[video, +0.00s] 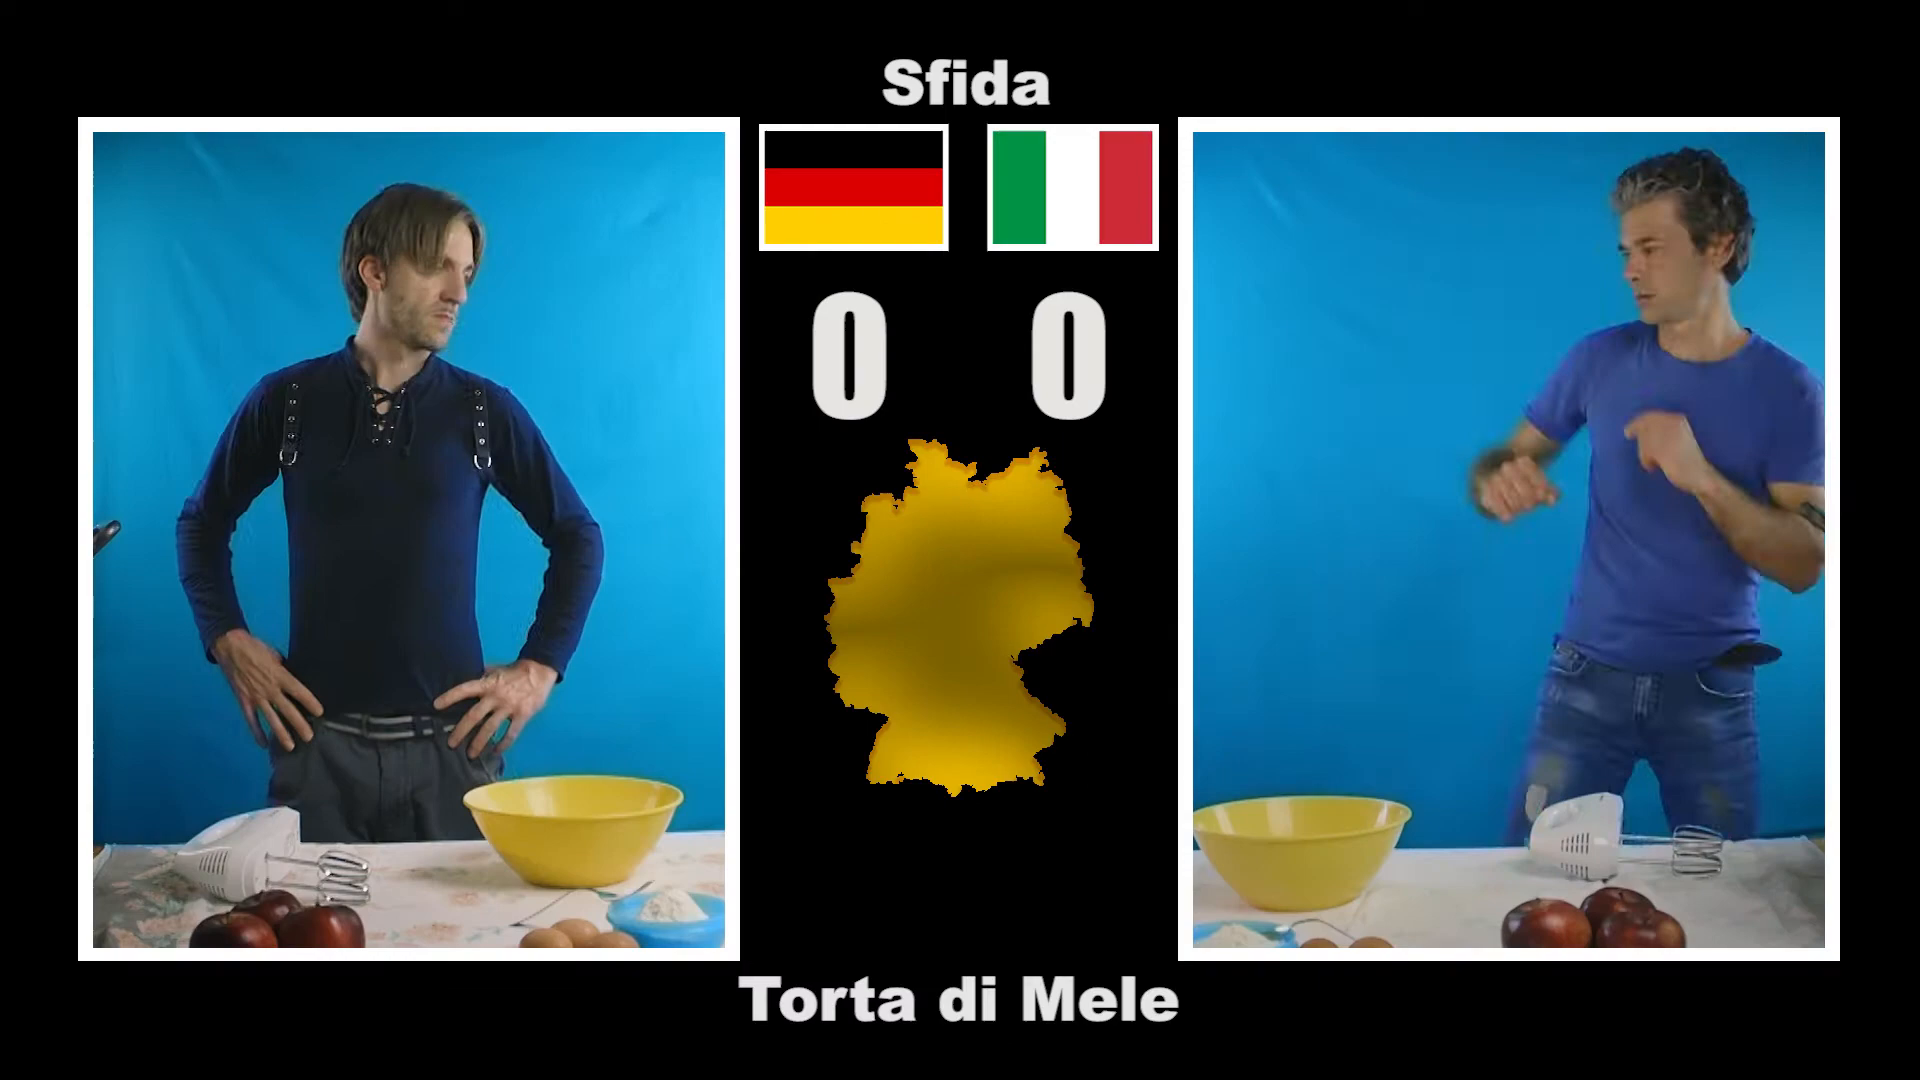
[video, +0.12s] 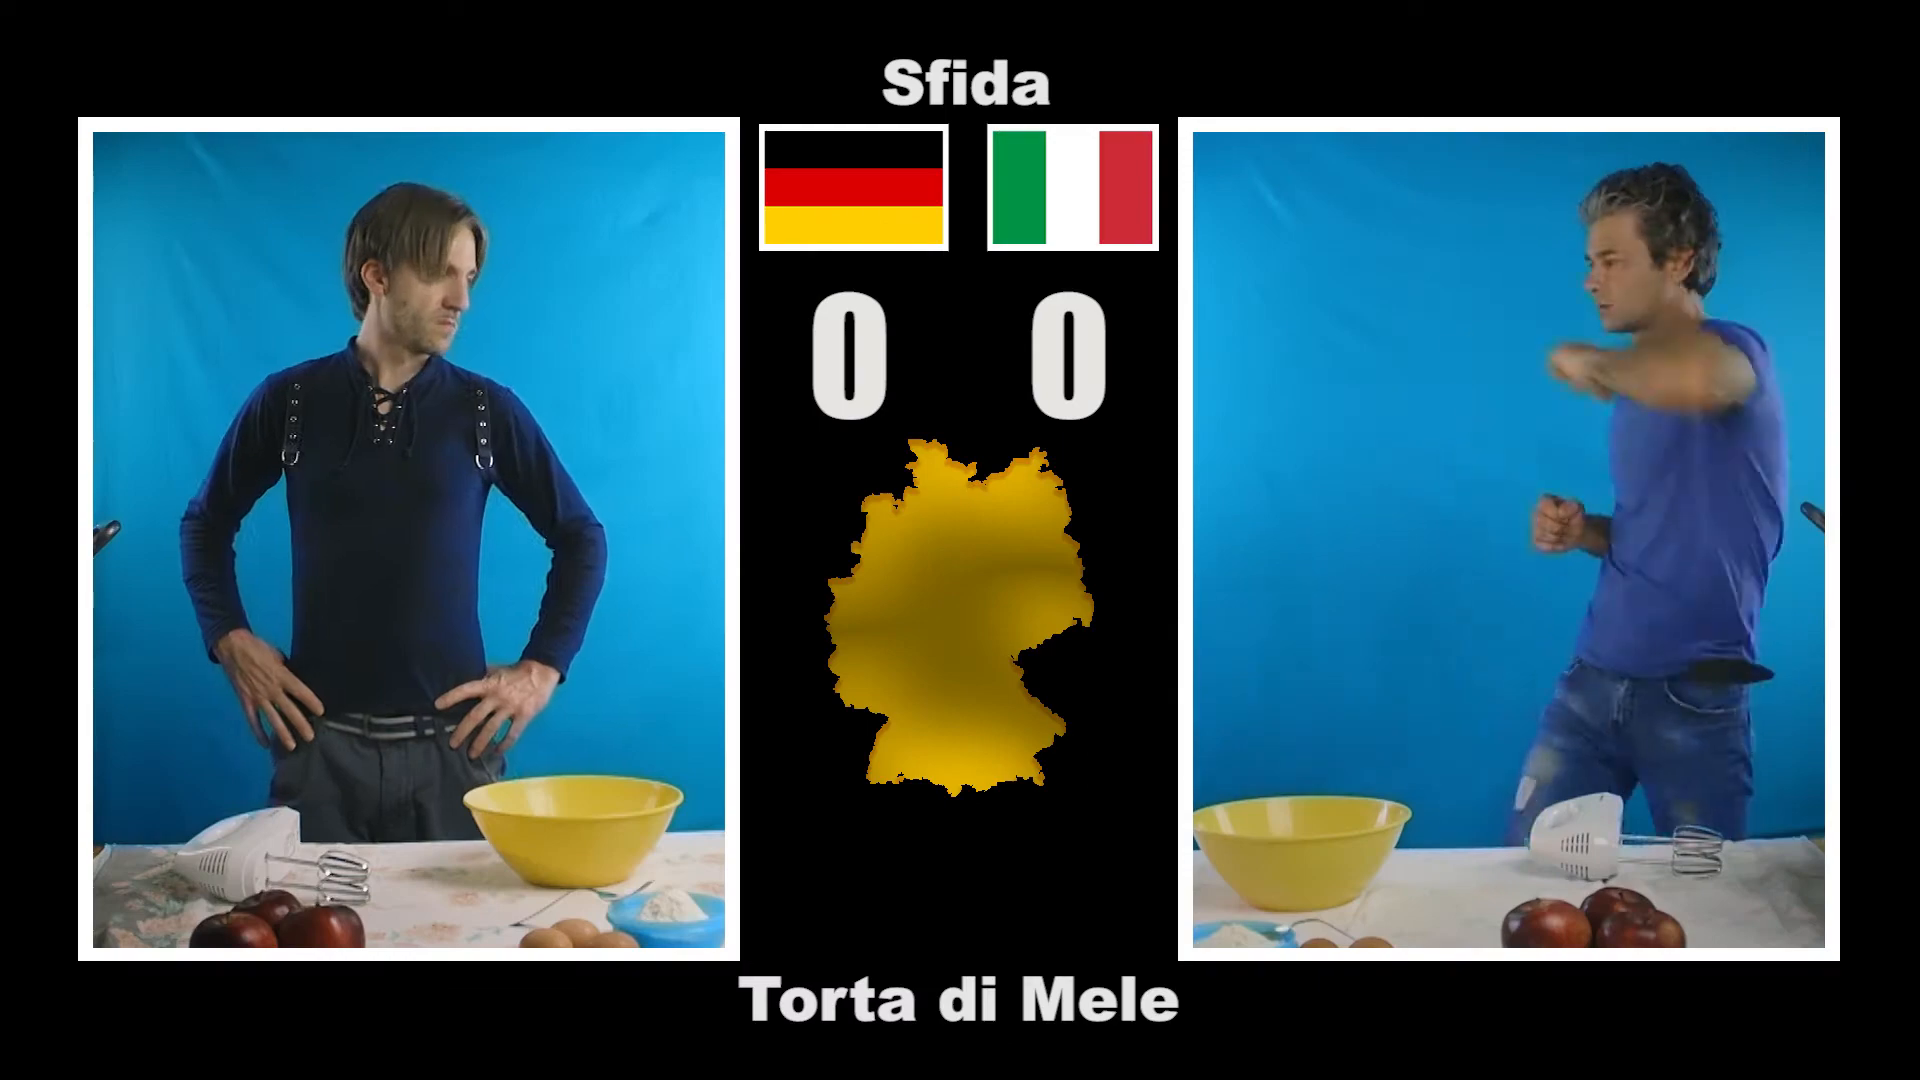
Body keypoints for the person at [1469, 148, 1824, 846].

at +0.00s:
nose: (1631, 270)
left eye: (1650, 248)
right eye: (1626, 252)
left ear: (1721, 248)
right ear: (1621, 256)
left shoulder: (1786, 389)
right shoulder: (1599, 361)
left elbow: (1801, 563)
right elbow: (1503, 461)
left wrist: (1701, 479)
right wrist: (1501, 481)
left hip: (1711, 687)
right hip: (1586, 676)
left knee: (1719, 896)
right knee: (1536, 887)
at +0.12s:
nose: (1592, 281)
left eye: (1611, 261)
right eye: (1592, 263)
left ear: (1678, 263)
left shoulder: (1734, 349)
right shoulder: (1638, 388)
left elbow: (1702, 379)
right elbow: (1662, 541)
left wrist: (1600, 367)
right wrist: (1587, 532)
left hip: (1695, 697)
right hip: (1593, 685)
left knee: (1704, 902)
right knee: (1528, 880)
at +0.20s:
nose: (1581, 290)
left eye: (1594, 264)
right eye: (1579, 268)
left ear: (1661, 267)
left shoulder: (1704, 352)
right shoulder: (1666, 383)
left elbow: (1593, 255)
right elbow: (1696, 539)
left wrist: (1435, 313)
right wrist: (1604, 529)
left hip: (1692, 708)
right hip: (1604, 692)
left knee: (1691, 916)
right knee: (1537, 891)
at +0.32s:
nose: (1576, 306)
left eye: (1587, 284)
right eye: (1574, 288)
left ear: (1649, 272)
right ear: (1651, 273)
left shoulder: (1661, 334)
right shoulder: (1742, 395)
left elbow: (1550, 358)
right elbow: (1768, 557)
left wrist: (1448, 344)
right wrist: (1627, 536)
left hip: (1678, 707)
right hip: (1612, 697)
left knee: (1671, 930)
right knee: (1553, 896)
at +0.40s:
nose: (1569, 312)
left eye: (1582, 289)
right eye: (1567, 293)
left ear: (1644, 282)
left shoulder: (1647, 356)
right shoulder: (1742, 405)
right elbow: (1766, 567)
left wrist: (1478, 418)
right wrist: (1624, 541)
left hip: (1673, 718)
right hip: (1613, 703)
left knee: (1664, 929)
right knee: (1553, 898)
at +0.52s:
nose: (1564, 310)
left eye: (1578, 288)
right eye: (1564, 291)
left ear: (1642, 284)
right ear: (1636, 287)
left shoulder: (1685, 377)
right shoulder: (1648, 394)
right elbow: (1673, 541)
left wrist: (1546, 505)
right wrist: (1595, 558)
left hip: (1686, 715)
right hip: (1612, 707)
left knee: (1680, 919)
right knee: (1553, 895)